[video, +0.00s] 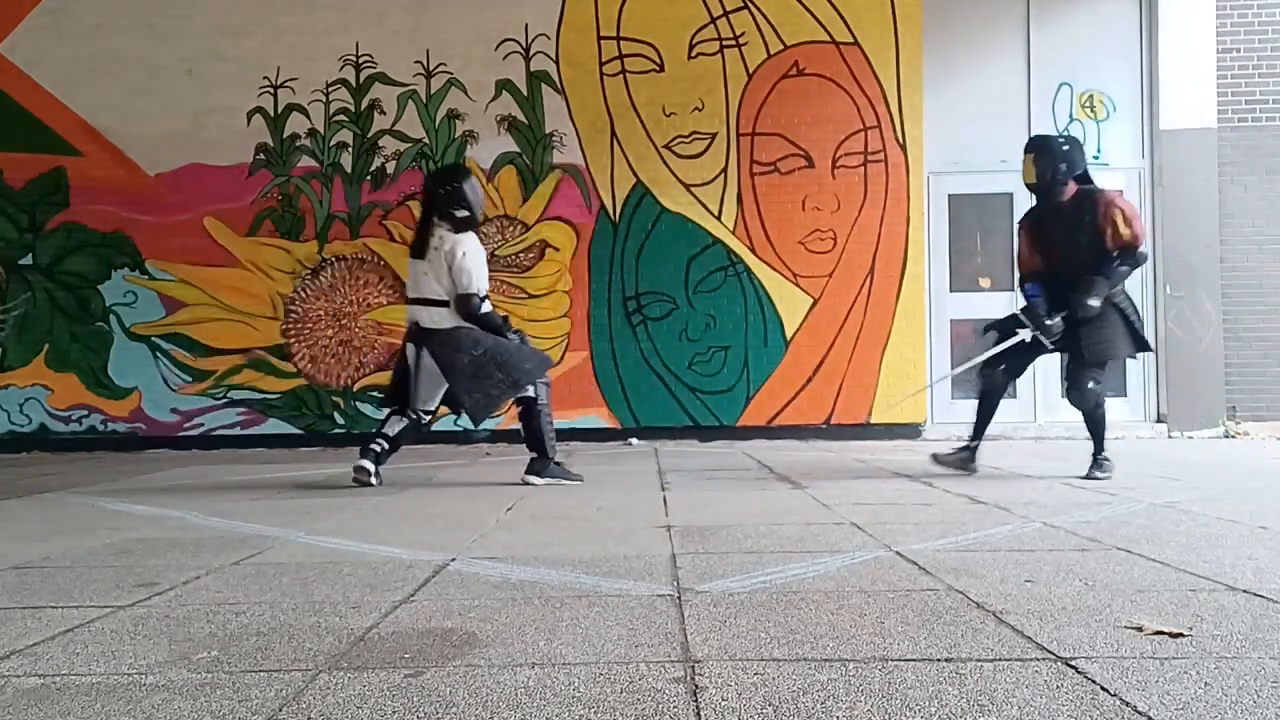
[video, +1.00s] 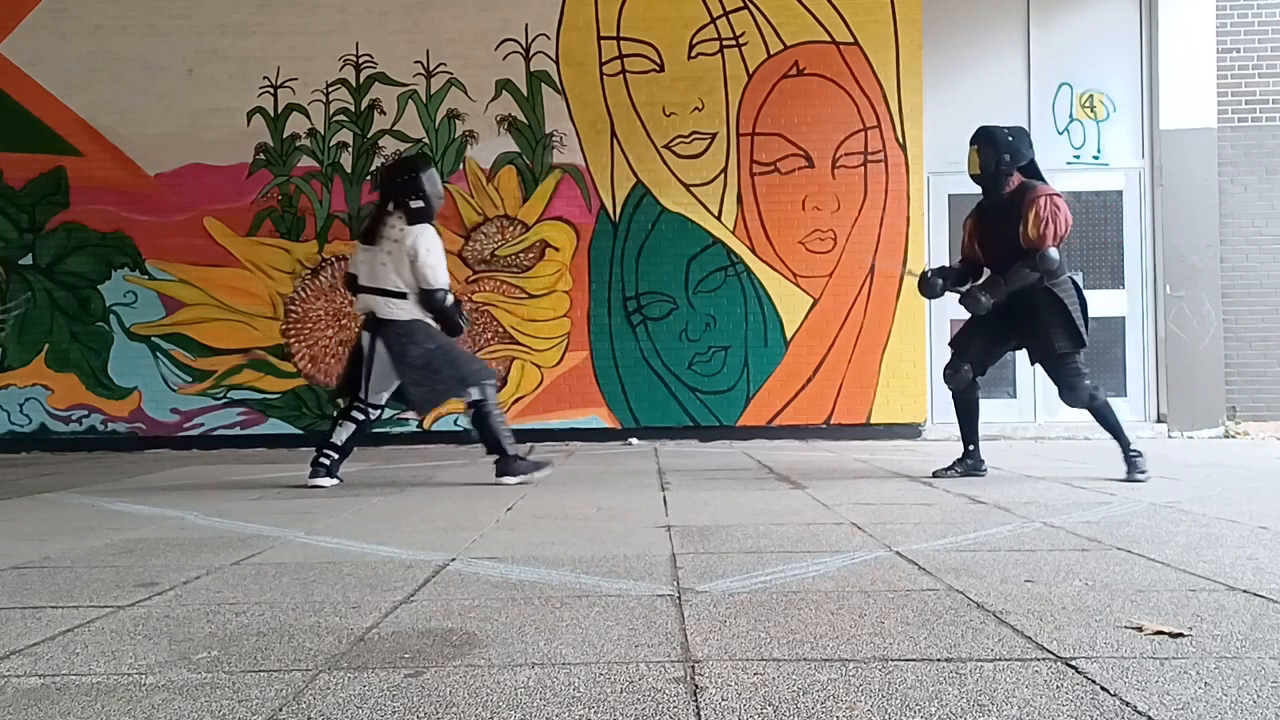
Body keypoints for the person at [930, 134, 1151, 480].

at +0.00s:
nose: (1033, 177)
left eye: (1040, 168)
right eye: (1031, 169)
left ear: (1065, 169)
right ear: (1033, 172)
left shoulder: (1107, 206)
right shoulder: (1032, 223)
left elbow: (1134, 253)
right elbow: (1031, 277)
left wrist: (1098, 289)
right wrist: (1039, 312)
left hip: (1095, 308)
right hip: (1051, 309)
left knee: (1083, 386)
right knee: (996, 369)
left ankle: (1100, 457)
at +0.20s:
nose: (1013, 192)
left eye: (1020, 182)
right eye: (1012, 183)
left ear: (1047, 185)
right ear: (1011, 187)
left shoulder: (1082, 220)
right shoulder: (1007, 234)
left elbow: (1090, 281)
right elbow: (995, 284)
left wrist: (1042, 305)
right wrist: (984, 307)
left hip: (1079, 313)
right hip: (1032, 316)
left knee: (1087, 385)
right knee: (977, 377)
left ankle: (1118, 434)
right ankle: (961, 457)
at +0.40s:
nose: (1023, 179)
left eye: (1030, 170)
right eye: (1022, 170)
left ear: (1056, 173)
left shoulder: (1092, 213)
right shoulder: (1027, 229)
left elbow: (1093, 274)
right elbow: (1020, 282)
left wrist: (1035, 304)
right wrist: (997, 286)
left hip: (1095, 316)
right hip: (1048, 318)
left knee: (1125, 400)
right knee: (994, 377)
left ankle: (1179, 461)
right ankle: (964, 458)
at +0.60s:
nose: (1021, 172)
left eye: (1028, 164)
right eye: (1021, 164)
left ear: (1054, 167)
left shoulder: (1089, 209)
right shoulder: (1027, 227)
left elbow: (1091, 271)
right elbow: (1027, 283)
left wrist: (1033, 299)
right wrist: (998, 278)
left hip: (1090, 316)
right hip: (1044, 318)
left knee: (1122, 398)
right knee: (986, 371)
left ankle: (1180, 461)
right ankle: (973, 457)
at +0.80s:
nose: (997, 176)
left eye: (1004, 167)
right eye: (997, 168)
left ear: (1030, 171)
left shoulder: (1062, 211)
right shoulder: (1001, 227)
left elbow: (1061, 272)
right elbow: (1000, 282)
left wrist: (1001, 298)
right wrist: (970, 275)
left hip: (1066, 315)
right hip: (1021, 318)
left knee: (1109, 395)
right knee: (965, 371)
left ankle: (1174, 459)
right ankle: (972, 457)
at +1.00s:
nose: (975, 169)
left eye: (982, 160)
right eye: (974, 160)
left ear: (1007, 162)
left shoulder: (1041, 201)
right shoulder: (979, 217)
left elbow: (1044, 262)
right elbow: (970, 267)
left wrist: (991, 290)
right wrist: (945, 278)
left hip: (1046, 301)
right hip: (1004, 306)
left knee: (1075, 391)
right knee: (960, 372)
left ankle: (1129, 450)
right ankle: (972, 458)